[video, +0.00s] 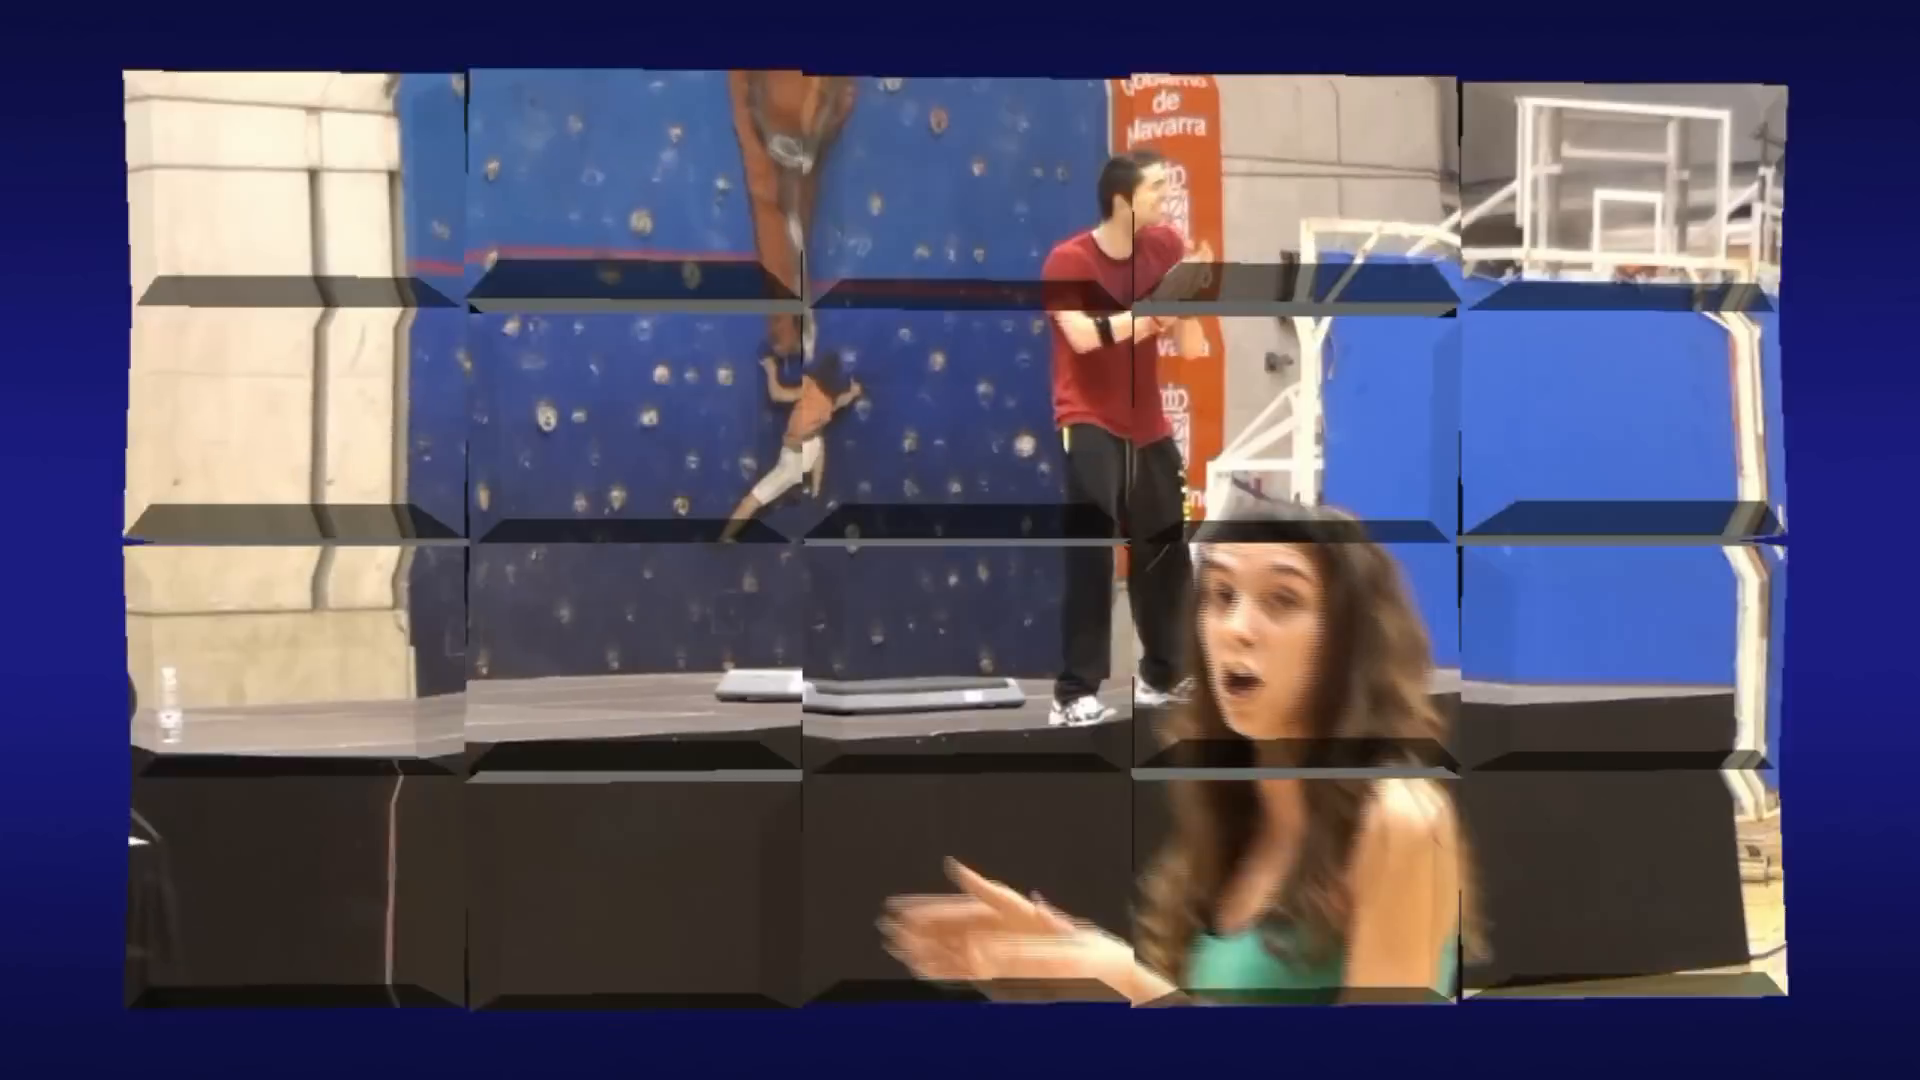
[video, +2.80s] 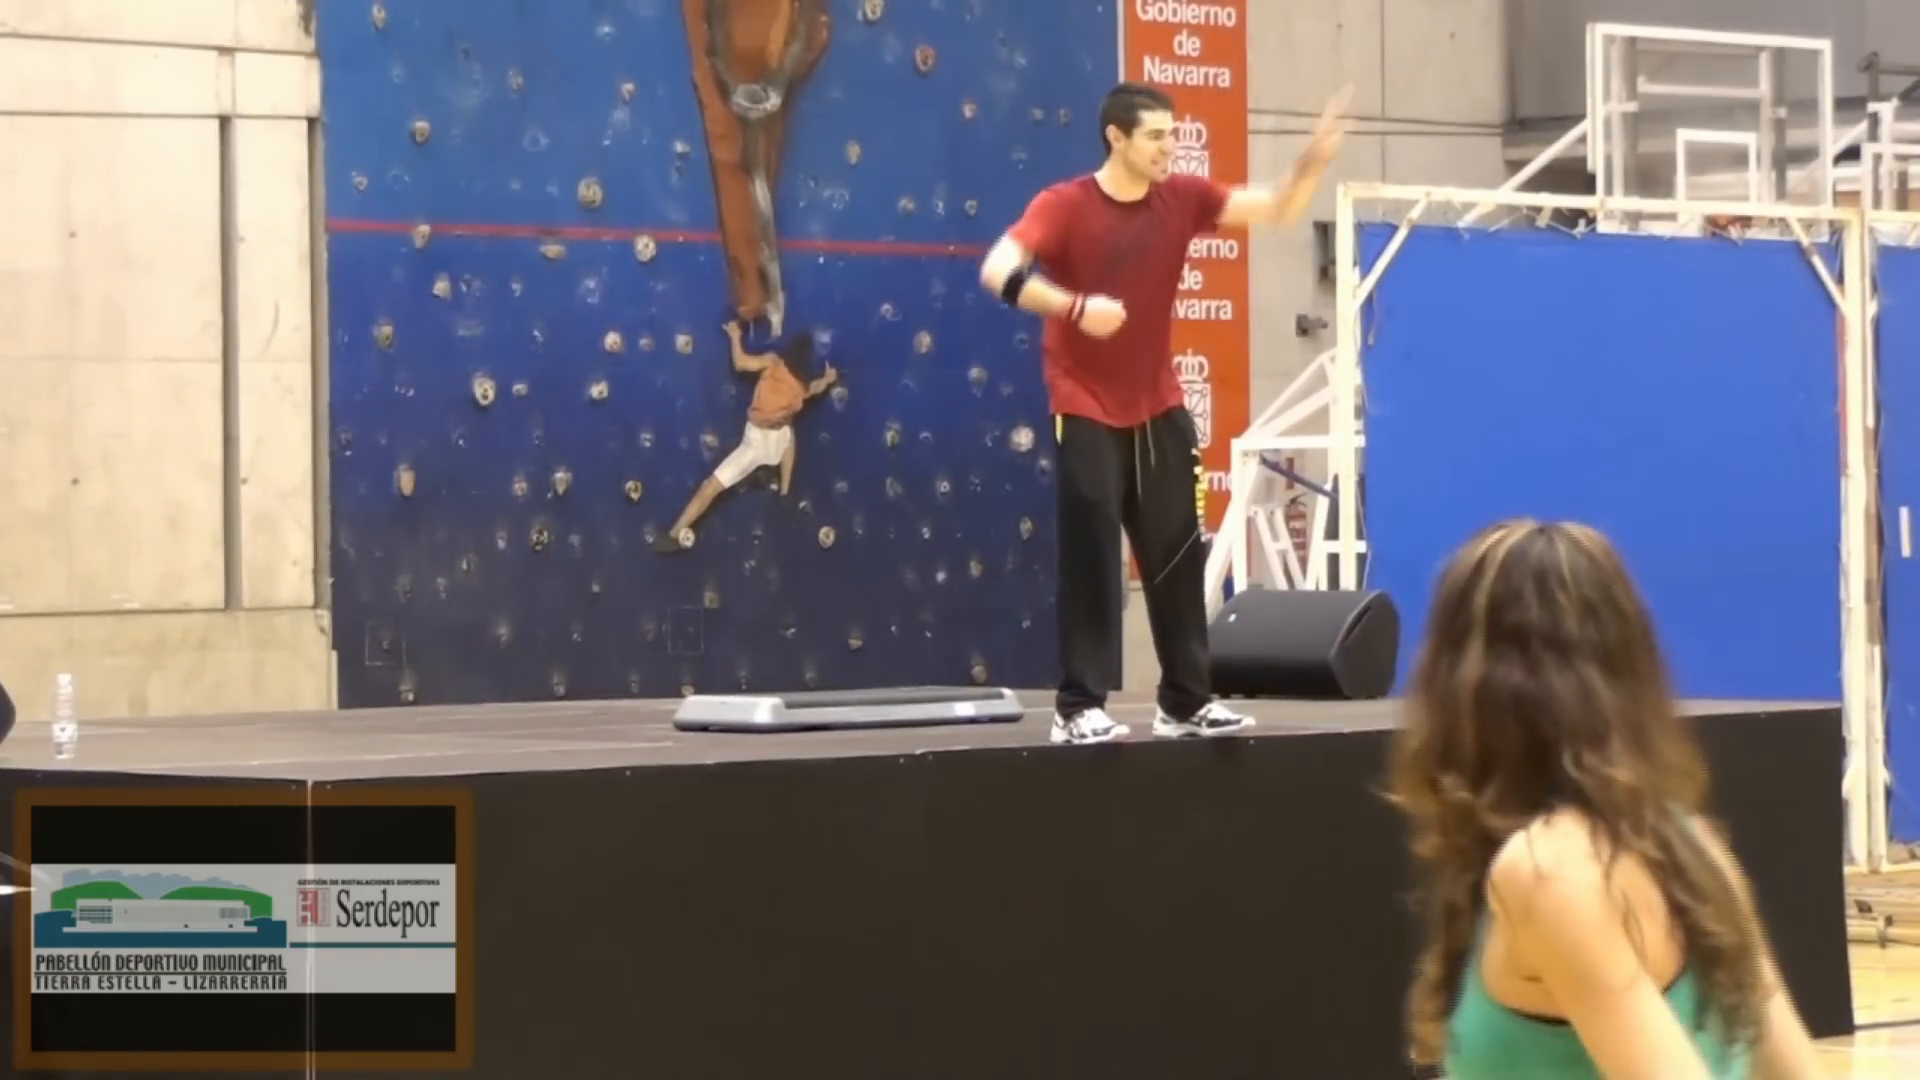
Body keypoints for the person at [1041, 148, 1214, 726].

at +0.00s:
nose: (1166, 197)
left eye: (1166, 187)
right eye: (1156, 188)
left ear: (1135, 198)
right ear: (1121, 198)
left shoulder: (1165, 247)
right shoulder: (1068, 259)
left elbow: (1189, 344)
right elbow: (1080, 336)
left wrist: (1184, 299)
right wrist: (1144, 320)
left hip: (1148, 423)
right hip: (1090, 420)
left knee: (1164, 551)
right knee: (1090, 549)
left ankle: (1163, 677)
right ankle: (1078, 690)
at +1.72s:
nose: (1164, 147)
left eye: (1166, 135)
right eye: (1150, 136)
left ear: (1163, 142)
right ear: (1111, 143)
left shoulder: (1171, 209)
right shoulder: (1066, 213)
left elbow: (1218, 299)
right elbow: (1080, 314)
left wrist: (1218, 249)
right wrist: (1168, 279)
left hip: (1165, 406)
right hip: (1095, 408)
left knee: (1187, 550)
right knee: (1105, 548)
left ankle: (1189, 700)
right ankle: (1083, 705)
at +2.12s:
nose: (1168, 140)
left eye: (1169, 129)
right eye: (1154, 130)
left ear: (1166, 138)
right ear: (1115, 138)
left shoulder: (1181, 205)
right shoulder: (1069, 204)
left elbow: (1216, 288)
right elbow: (1038, 285)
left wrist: (1234, 299)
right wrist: (1093, 216)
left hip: (1166, 403)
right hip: (1092, 401)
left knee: (1181, 550)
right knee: (1096, 548)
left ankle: (1189, 699)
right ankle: (1082, 703)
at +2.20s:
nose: (1169, 140)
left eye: (1170, 129)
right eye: (1156, 129)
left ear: (1165, 138)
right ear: (1117, 137)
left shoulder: (1182, 205)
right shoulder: (1074, 196)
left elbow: (1204, 293)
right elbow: (1031, 236)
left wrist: (1225, 316)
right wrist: (1080, 169)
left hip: (1165, 401)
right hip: (1094, 399)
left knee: (1180, 552)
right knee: (1093, 547)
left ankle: (1187, 699)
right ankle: (1081, 703)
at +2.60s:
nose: (1177, 141)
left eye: (1177, 130)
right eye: (1164, 130)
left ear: (1169, 142)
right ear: (1124, 139)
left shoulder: (1183, 208)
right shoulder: (1077, 197)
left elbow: (1206, 286)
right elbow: (1016, 199)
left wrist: (1217, 301)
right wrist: (1093, 247)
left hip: (1163, 407)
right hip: (1094, 408)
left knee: (1180, 555)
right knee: (1093, 558)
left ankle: (1187, 699)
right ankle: (1080, 704)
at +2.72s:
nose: (1170, 143)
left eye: (1172, 132)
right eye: (1157, 132)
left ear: (1170, 139)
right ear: (1118, 137)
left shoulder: (1182, 204)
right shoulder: (1071, 202)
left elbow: (1251, 251)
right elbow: (1004, 242)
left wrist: (1264, 232)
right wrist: (1081, 287)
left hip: (1159, 403)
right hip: (1087, 405)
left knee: (1178, 550)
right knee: (1093, 551)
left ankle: (1188, 700)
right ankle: (1082, 704)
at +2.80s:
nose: (1167, 148)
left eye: (1171, 137)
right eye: (1155, 137)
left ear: (1168, 142)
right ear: (1115, 137)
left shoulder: (1183, 197)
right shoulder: (1065, 204)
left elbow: (1274, 211)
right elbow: (1000, 269)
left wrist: (1313, 161)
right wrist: (1075, 306)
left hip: (1158, 403)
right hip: (1085, 405)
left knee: (1176, 551)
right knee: (1090, 553)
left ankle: (1188, 701)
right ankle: (1081, 705)